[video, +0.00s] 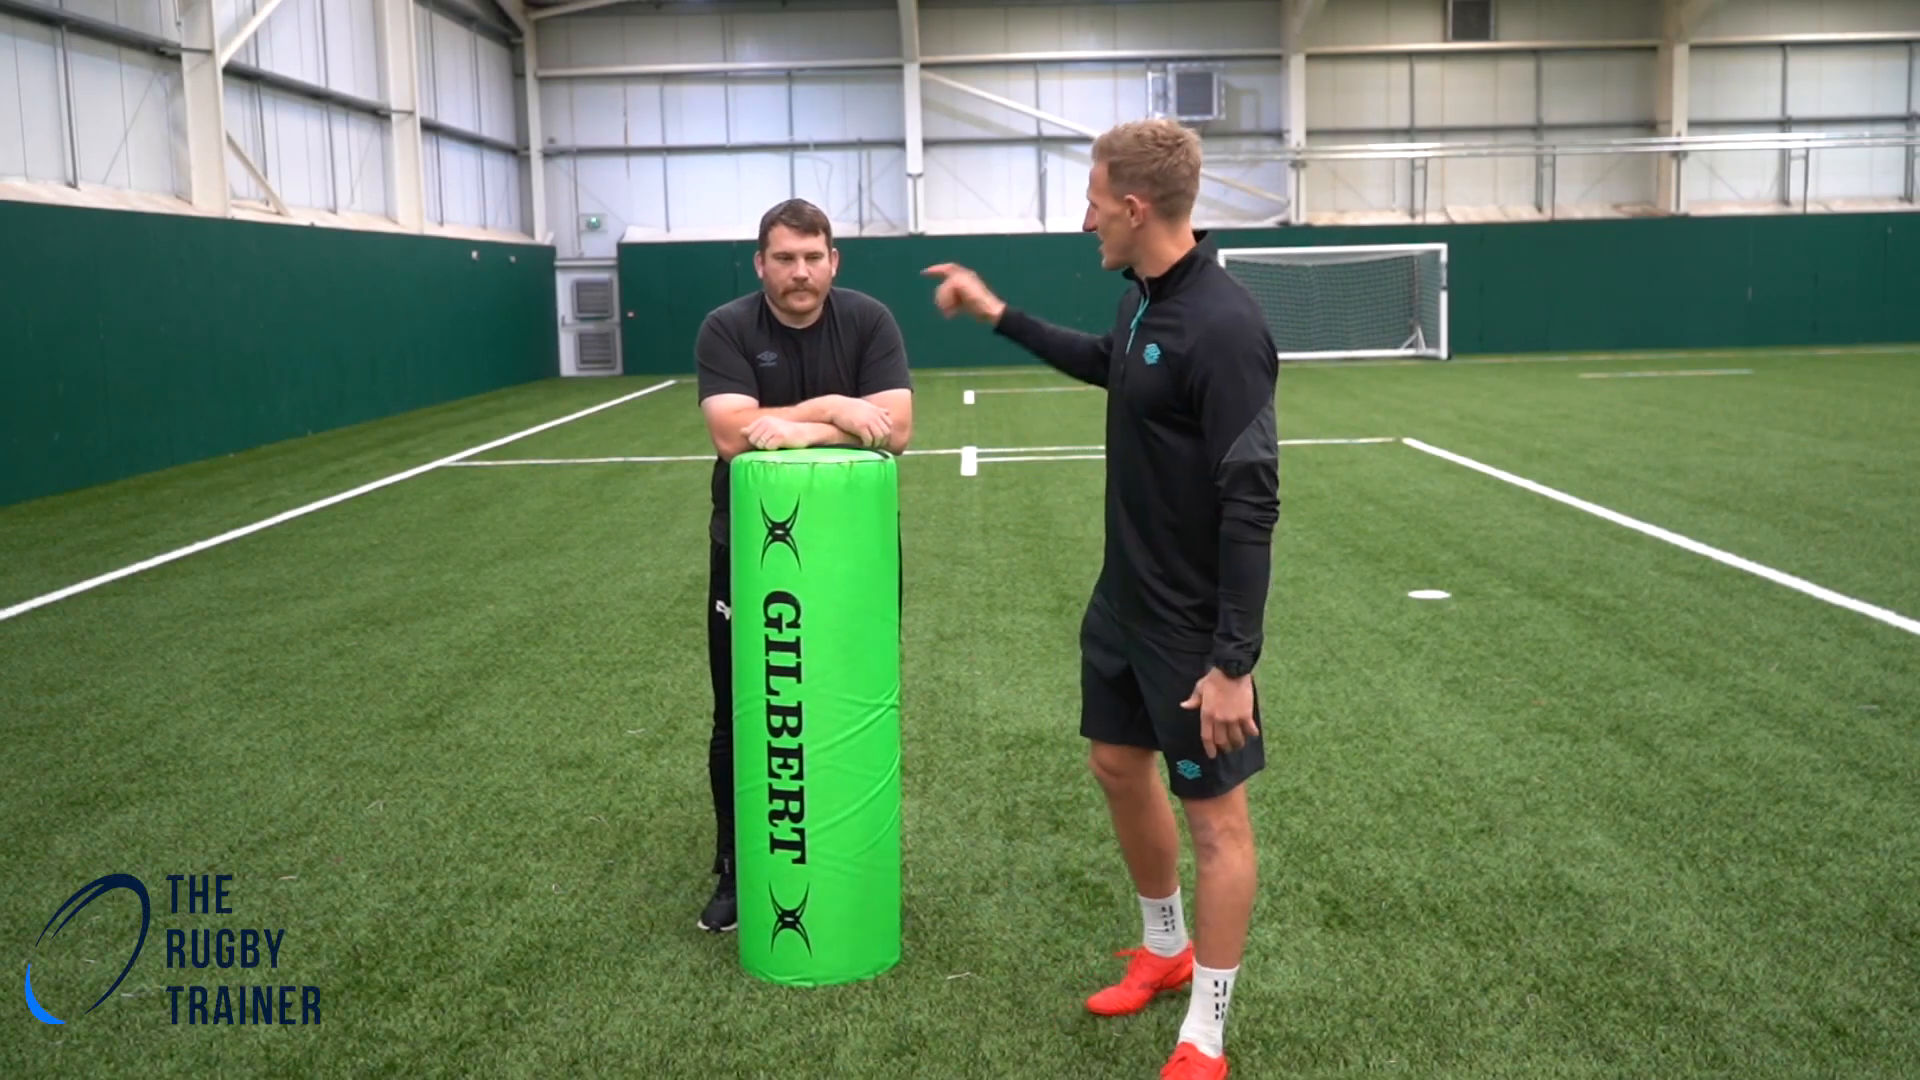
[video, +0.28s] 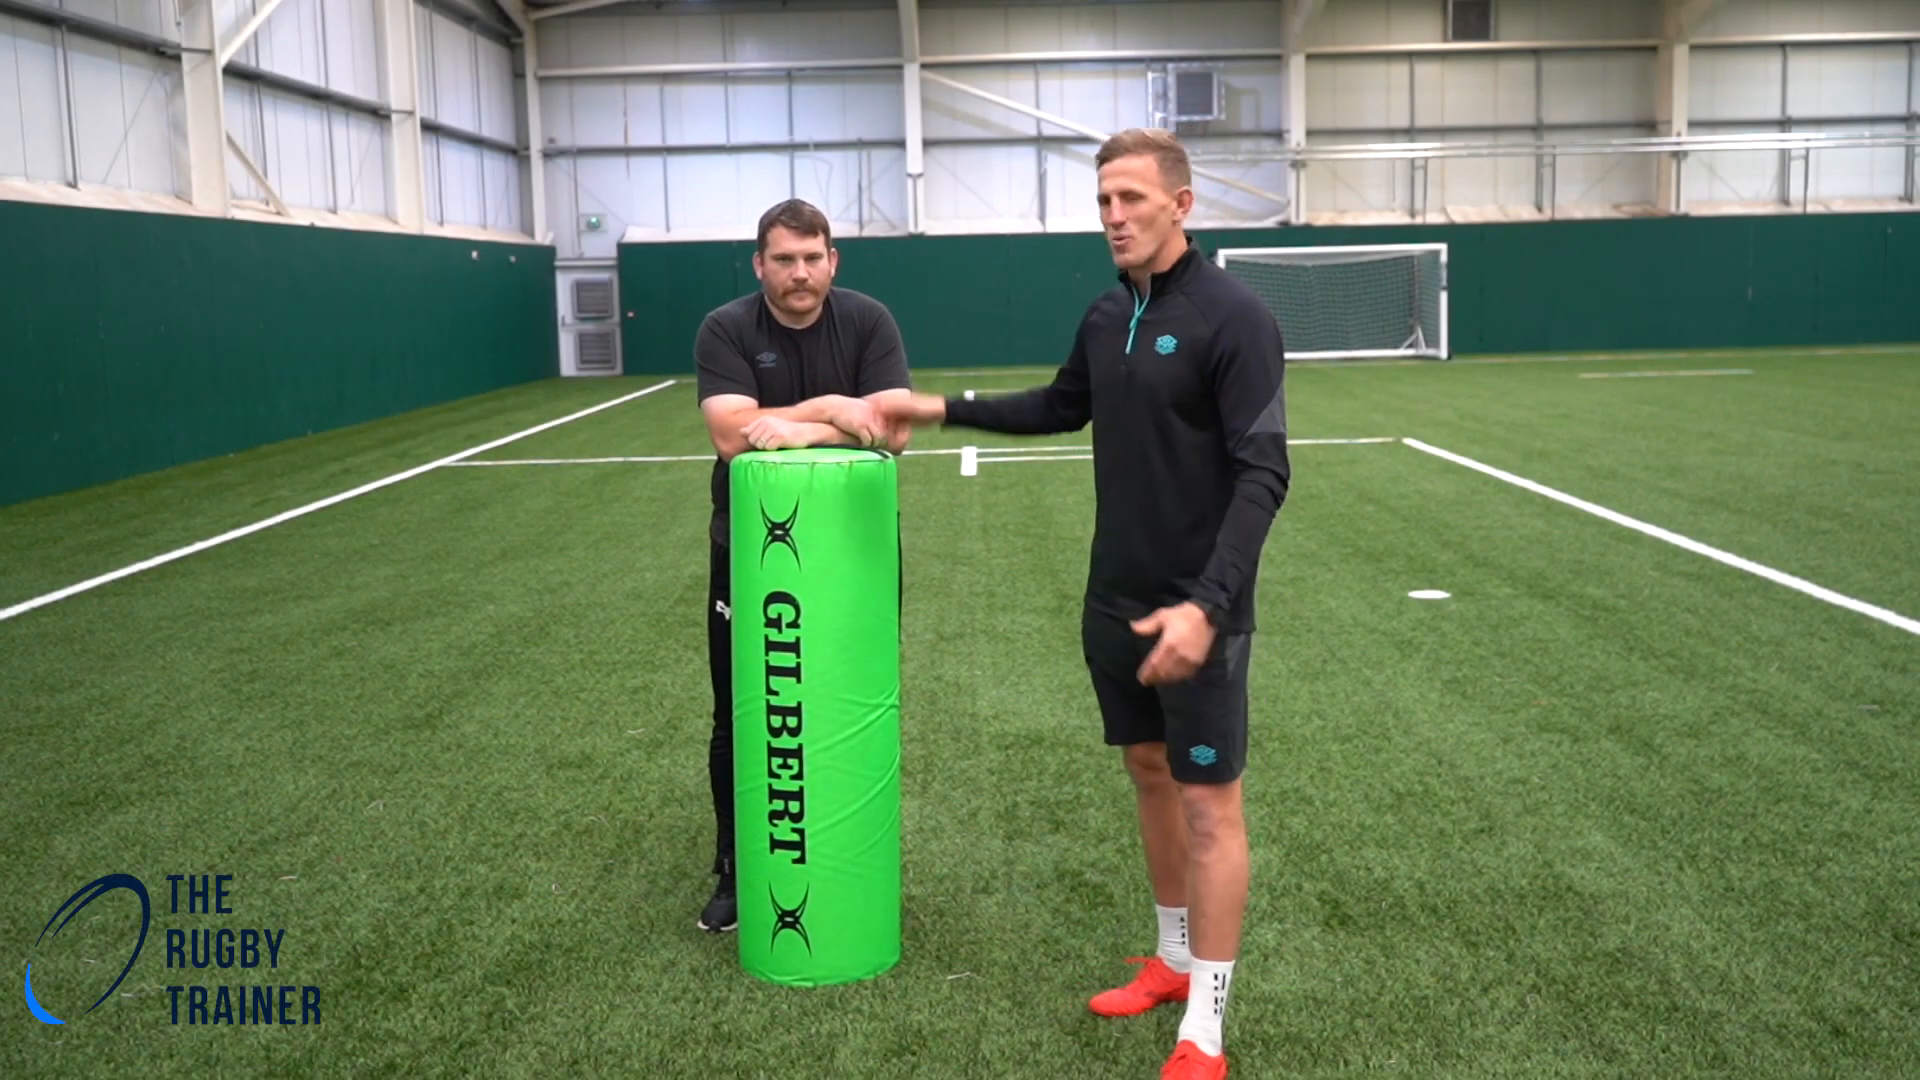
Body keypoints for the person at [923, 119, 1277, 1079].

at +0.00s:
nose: (1087, 220)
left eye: (1095, 204)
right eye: (1089, 201)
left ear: (1140, 209)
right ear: (1147, 207)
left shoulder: (1226, 326)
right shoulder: (1146, 291)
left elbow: (1251, 503)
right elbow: (1113, 367)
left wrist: (1232, 659)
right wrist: (1000, 313)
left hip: (1195, 619)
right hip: (1126, 594)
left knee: (1217, 822)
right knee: (1120, 767)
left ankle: (1206, 1034)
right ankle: (1167, 947)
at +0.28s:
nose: (1112, 216)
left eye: (1130, 199)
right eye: (1104, 200)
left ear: (1181, 205)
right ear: (1104, 211)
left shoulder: (1236, 317)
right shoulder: (1108, 313)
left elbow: (1263, 472)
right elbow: (1062, 406)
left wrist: (1209, 605)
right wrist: (937, 407)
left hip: (1201, 601)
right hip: (1119, 594)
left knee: (1208, 806)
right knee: (1152, 776)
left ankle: (1206, 1030)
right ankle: (1176, 962)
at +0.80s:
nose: (1111, 210)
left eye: (1125, 195)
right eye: (1096, 200)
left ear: (1160, 207)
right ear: (1082, 221)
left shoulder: (1231, 296)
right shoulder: (1071, 335)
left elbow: (1297, 417)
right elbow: (1065, 468)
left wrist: (1217, 471)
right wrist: (1139, 490)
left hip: (1242, 578)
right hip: (1138, 588)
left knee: (1284, 761)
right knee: (1164, 759)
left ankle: (1332, 959)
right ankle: (1180, 959)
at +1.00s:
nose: (1138, 205)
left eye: (1152, 190)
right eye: (1123, 194)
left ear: (1185, 203)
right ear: (1107, 215)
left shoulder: (1249, 297)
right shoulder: (1086, 331)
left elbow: (1300, 424)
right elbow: (1061, 463)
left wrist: (1211, 462)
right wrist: (1131, 482)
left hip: (1253, 571)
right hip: (1149, 581)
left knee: (1286, 751)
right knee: (1168, 756)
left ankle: (1308, 895)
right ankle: (1180, 959)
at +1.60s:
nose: (1213, 215)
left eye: (1231, 203)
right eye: (1209, 200)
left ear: (1278, 213)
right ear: (1206, 206)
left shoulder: (1322, 316)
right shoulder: (1178, 303)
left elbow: (1345, 446)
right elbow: (1137, 400)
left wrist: (1299, 561)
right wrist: (1109, 472)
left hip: (1274, 560)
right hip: (1180, 552)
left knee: (1276, 731)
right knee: (1161, 718)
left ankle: (1267, 895)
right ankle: (1153, 916)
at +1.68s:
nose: (1203, 216)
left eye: (1219, 206)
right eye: (1205, 202)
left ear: (1270, 217)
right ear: (1226, 213)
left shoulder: (1324, 319)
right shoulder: (1183, 301)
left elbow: (1332, 457)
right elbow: (1145, 392)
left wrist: (1325, 582)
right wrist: (1112, 438)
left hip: (1274, 563)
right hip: (1180, 549)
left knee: (1277, 726)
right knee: (1154, 712)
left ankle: (1267, 892)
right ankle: (1151, 906)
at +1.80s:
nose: (1190, 217)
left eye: (1203, 207)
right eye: (1193, 203)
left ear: (1253, 220)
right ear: (1229, 215)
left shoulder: (1319, 319)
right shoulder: (1186, 295)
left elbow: (1344, 453)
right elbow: (1151, 402)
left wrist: (1351, 581)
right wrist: (1088, 396)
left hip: (1267, 557)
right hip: (1175, 542)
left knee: (1276, 722)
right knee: (1145, 701)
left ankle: (1267, 891)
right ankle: (1150, 895)